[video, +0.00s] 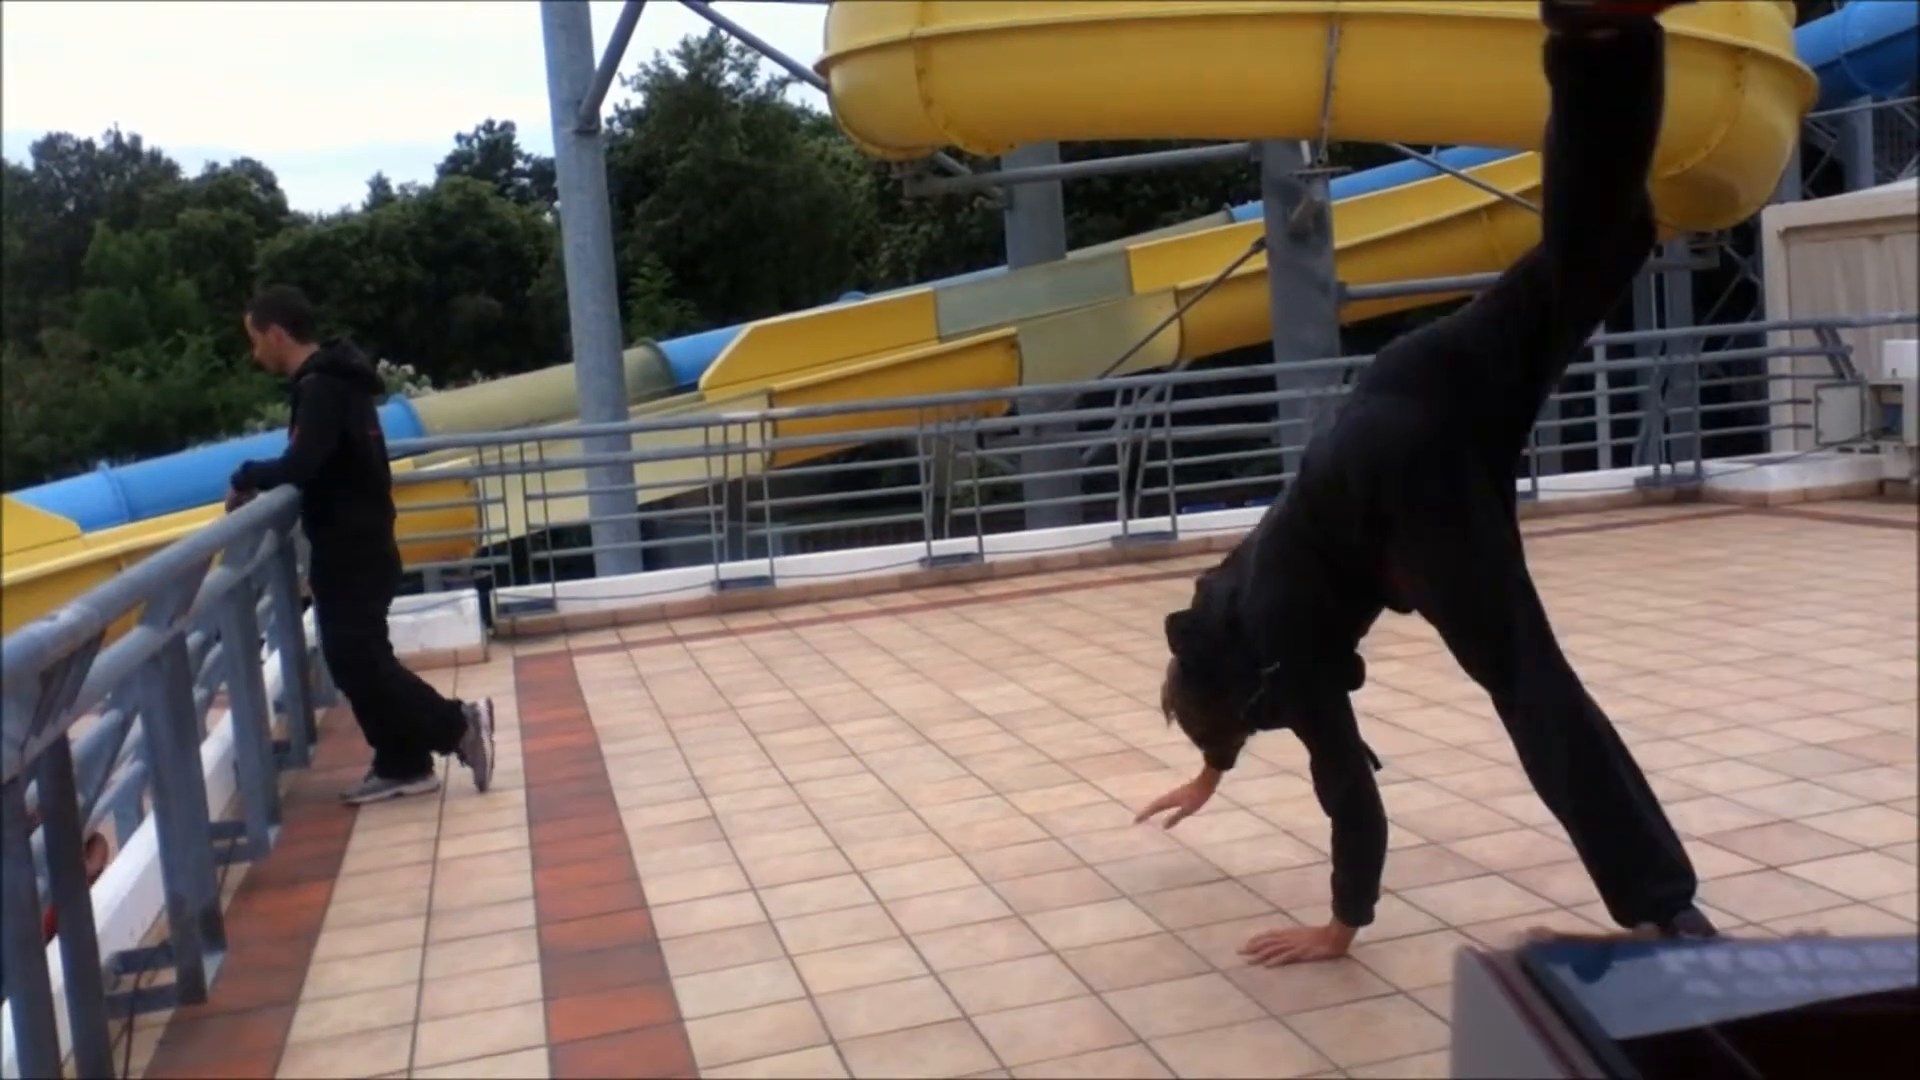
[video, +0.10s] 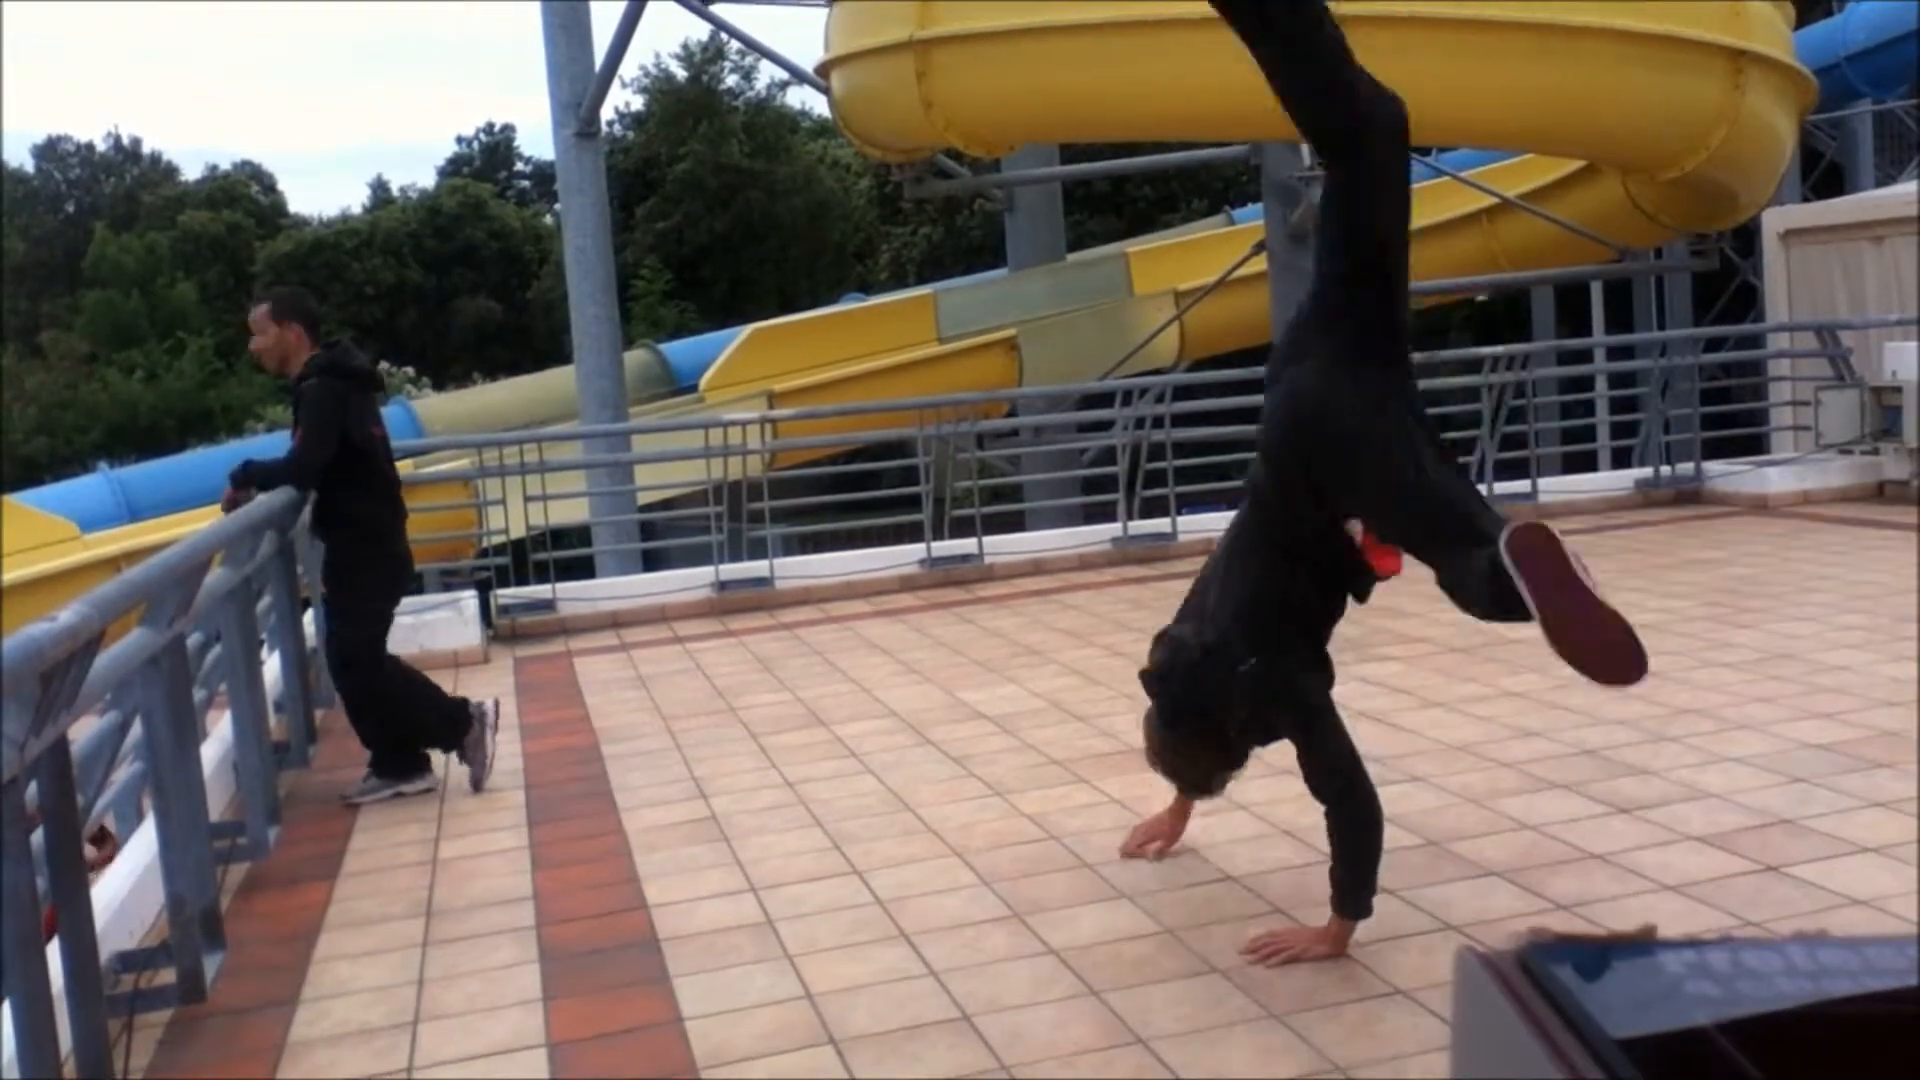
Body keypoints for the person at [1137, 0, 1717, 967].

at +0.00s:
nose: (1210, 737)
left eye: (1207, 729)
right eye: (1196, 728)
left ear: (1222, 698)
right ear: (1213, 660)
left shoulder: (1292, 662)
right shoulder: (1238, 595)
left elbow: (1352, 796)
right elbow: (1230, 689)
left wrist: (1344, 926)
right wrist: (1210, 773)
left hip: (1406, 480)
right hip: (1425, 376)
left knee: (1531, 687)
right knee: (1588, 252)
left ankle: (1665, 909)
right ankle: (1607, 20)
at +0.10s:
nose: (1211, 785)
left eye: (1215, 771)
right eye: (1192, 778)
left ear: (1236, 730)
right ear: (1165, 709)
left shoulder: (1282, 682)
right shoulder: (1186, 655)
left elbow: (1352, 806)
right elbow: (1196, 723)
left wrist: (1342, 926)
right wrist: (1180, 803)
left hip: (1329, 430)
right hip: (1323, 357)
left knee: (1469, 564)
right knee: (1363, 126)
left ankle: (1529, 569)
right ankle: (1246, 2)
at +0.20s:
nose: (1206, 816)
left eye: (1218, 807)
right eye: (1187, 810)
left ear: (1244, 758)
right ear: (1167, 756)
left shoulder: (1278, 688)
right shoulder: (1165, 698)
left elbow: (1363, 799)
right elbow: (1206, 762)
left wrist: (1343, 922)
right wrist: (1193, 824)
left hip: (1279, 414)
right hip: (1214, 399)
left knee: (1431, 353)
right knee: (1217, 189)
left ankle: (1350, 216)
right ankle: (1065, 54)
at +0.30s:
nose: (1249, 783)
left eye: (1256, 777)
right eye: (1232, 779)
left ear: (1276, 723)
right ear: (1194, 741)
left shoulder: (1287, 656)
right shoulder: (1168, 699)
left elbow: (1360, 768)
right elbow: (1176, 753)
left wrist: (1331, 910)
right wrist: (1191, 825)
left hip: (1212, 402)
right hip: (1145, 436)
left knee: (1275, 181)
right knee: (1134, 338)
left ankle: (1153, 39)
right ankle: (1039, 255)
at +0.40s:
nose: (1261, 708)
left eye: (1269, 699)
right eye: (1246, 707)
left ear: (1274, 642)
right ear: (1202, 684)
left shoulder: (1268, 578)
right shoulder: (1157, 649)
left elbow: (1369, 644)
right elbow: (1171, 727)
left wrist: (1347, 763)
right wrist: (1191, 820)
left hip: (1161, 368)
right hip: (1096, 423)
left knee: (1120, 177)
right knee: (1093, 537)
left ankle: (1016, 45)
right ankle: (1058, 603)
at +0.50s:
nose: (1242, 631)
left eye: (1251, 620)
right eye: (1233, 627)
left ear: (1257, 559)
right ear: (1206, 613)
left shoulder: (1225, 480)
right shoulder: (1142, 604)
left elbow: (1328, 427)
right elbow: (1162, 703)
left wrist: (1356, 536)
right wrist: (1187, 815)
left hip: (1115, 382)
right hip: (1059, 442)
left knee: (1057, 334)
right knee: (1104, 619)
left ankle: (963, 298)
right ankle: (1052, 740)